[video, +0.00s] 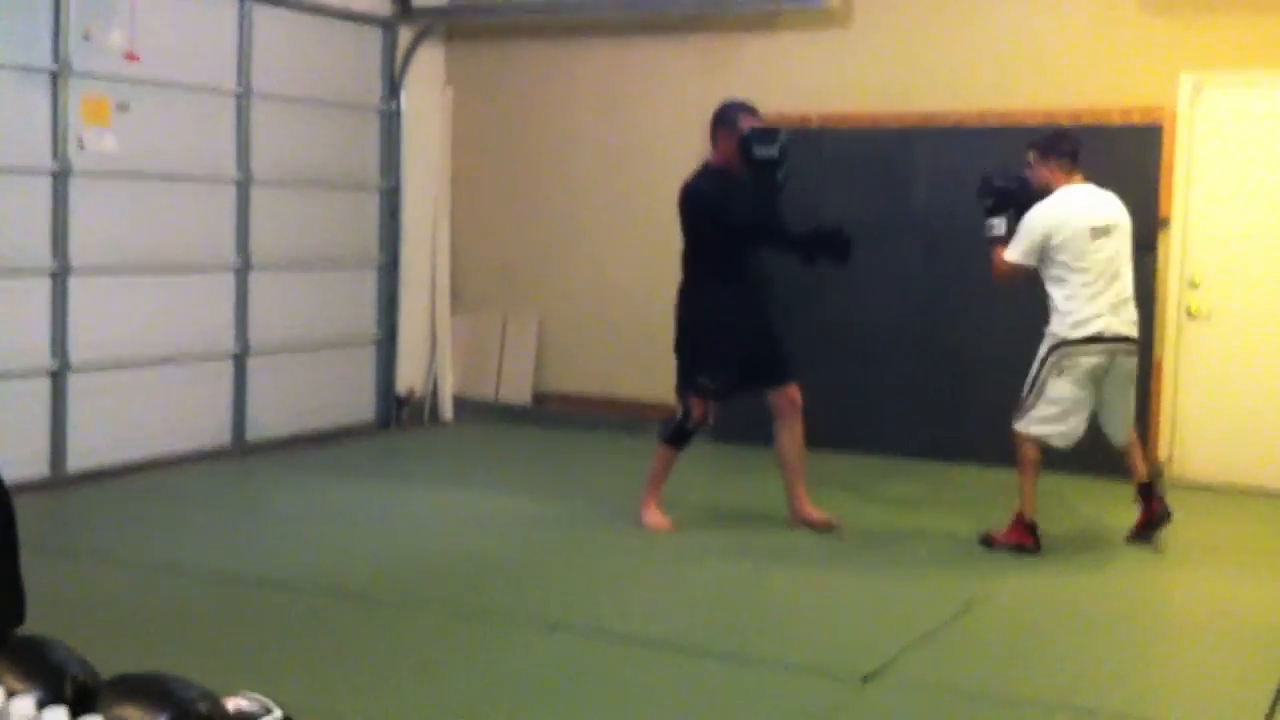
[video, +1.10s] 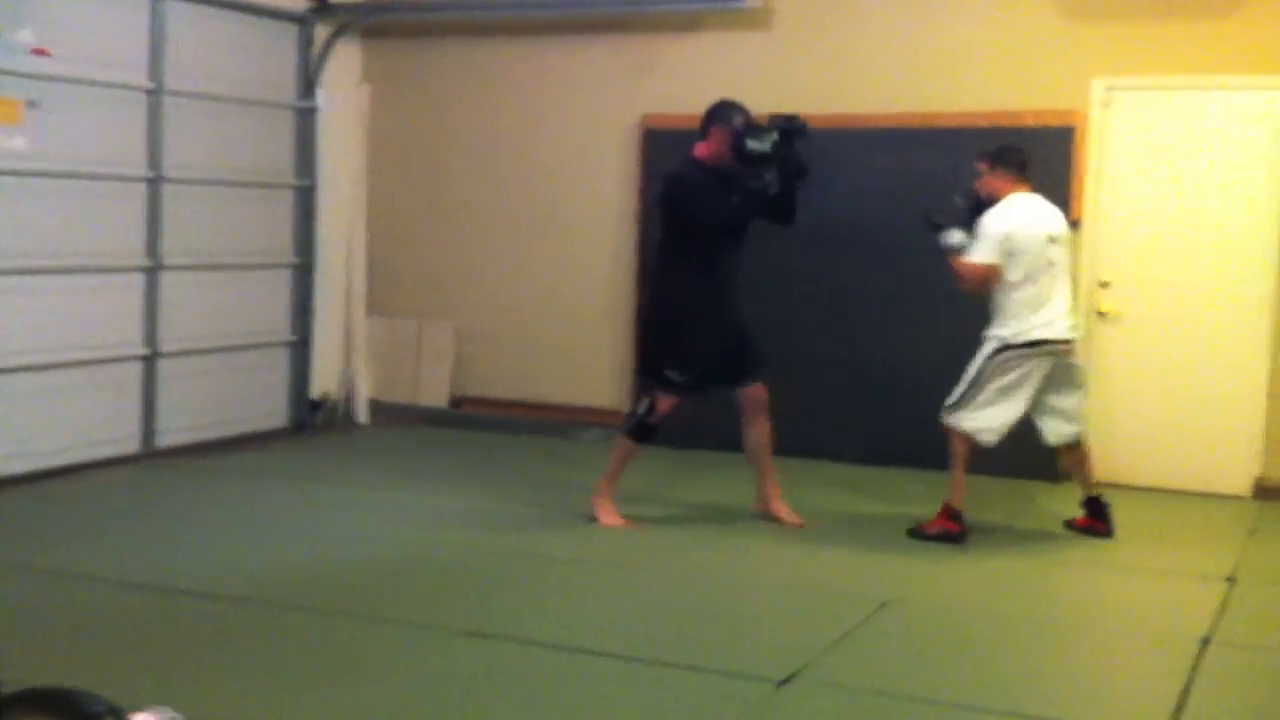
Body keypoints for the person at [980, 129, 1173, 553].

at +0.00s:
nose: (1032, 174)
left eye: (1034, 166)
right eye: (1032, 166)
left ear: (1049, 165)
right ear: (1072, 162)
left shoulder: (1046, 212)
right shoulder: (1115, 204)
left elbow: (1004, 268)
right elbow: (1084, 249)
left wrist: (997, 225)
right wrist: (1036, 208)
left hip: (1074, 338)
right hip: (1124, 338)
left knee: (1029, 428)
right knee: (1122, 426)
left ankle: (1025, 523)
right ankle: (1151, 499)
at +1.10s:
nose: (979, 183)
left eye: (982, 175)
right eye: (979, 175)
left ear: (997, 174)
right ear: (1022, 173)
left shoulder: (1000, 217)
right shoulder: (1054, 214)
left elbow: (974, 277)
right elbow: (1029, 267)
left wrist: (954, 246)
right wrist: (983, 227)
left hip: (1016, 339)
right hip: (1060, 337)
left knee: (959, 420)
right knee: (1069, 430)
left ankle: (952, 514)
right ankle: (1096, 510)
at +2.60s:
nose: (807, 200)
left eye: (807, 193)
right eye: (807, 193)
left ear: (814, 192)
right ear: (844, 188)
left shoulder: (818, 236)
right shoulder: (882, 226)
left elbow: (778, 281)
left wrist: (768, 251)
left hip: (853, 355)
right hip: (901, 355)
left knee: (792, 432)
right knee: (916, 441)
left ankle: (790, 526)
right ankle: (945, 513)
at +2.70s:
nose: (794, 178)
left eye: (795, 171)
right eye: (794, 171)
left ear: (807, 167)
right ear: (833, 163)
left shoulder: (808, 204)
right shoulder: (870, 201)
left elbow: (776, 267)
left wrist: (765, 223)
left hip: (833, 332)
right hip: (881, 329)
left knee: (797, 428)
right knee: (888, 425)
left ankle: (786, 524)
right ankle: (906, 517)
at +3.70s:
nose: (750, 186)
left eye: (750, 178)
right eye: (753, 179)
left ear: (757, 174)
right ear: (798, 174)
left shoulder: (743, 207)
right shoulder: (835, 226)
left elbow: (701, 280)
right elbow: (818, 290)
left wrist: (699, 224)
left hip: (746, 357)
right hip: (808, 359)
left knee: (721, 458)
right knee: (815, 474)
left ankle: (697, 554)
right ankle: (835, 593)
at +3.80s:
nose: (747, 177)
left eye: (747, 170)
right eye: (752, 171)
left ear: (754, 167)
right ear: (797, 166)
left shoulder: (734, 202)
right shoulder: (834, 218)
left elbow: (696, 275)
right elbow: (821, 283)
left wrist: (703, 226)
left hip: (738, 350)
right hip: (803, 354)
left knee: (708, 449)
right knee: (815, 469)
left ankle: (680, 547)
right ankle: (836, 589)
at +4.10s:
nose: (723, 185)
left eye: (713, 177)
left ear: (708, 175)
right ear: (753, 176)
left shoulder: (678, 213)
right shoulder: (782, 230)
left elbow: (617, 223)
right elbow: (792, 313)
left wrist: (610, 191)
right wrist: (753, 334)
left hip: (677, 374)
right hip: (744, 381)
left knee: (647, 464)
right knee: (794, 480)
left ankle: (598, 554)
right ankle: (836, 589)